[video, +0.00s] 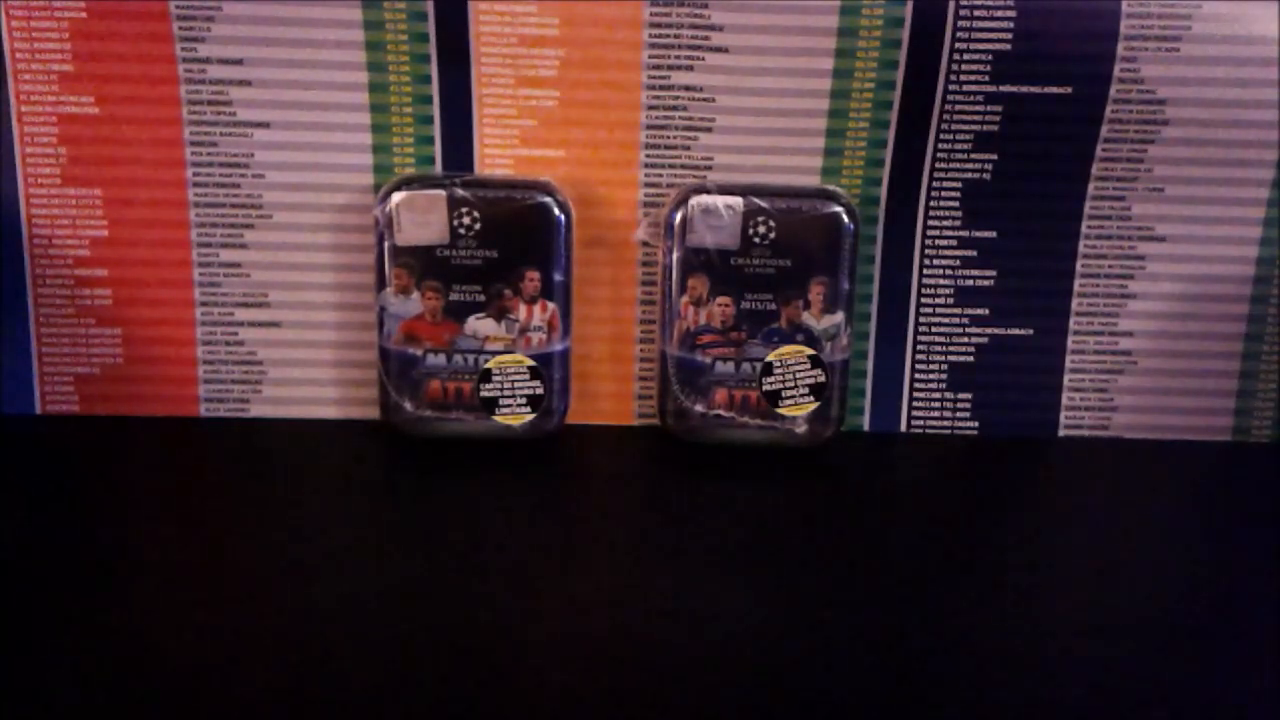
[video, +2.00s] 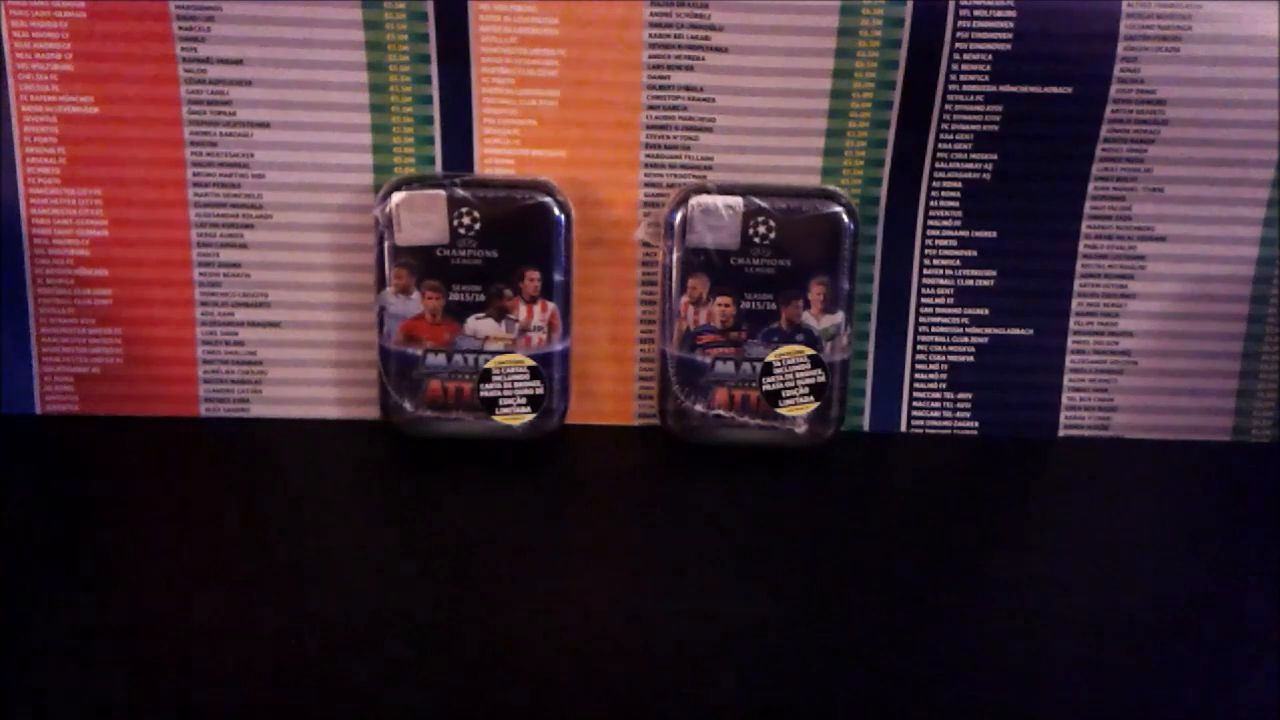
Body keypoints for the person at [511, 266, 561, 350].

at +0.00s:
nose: (536, 285)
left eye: (538, 281)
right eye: (531, 280)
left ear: (541, 283)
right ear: (521, 284)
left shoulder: (551, 308)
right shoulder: (512, 306)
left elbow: (556, 336)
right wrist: (521, 329)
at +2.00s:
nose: (536, 285)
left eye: (538, 281)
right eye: (531, 280)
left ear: (541, 283)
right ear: (521, 284)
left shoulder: (551, 308)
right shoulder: (512, 305)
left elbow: (556, 336)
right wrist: (519, 328)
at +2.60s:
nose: (536, 285)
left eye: (538, 281)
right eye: (531, 281)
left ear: (541, 283)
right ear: (521, 284)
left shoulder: (551, 308)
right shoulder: (512, 306)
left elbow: (556, 337)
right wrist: (520, 329)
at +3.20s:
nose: (536, 285)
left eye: (539, 281)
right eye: (531, 280)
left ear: (541, 283)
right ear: (521, 284)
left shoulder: (550, 308)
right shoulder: (512, 306)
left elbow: (556, 337)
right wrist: (520, 329)